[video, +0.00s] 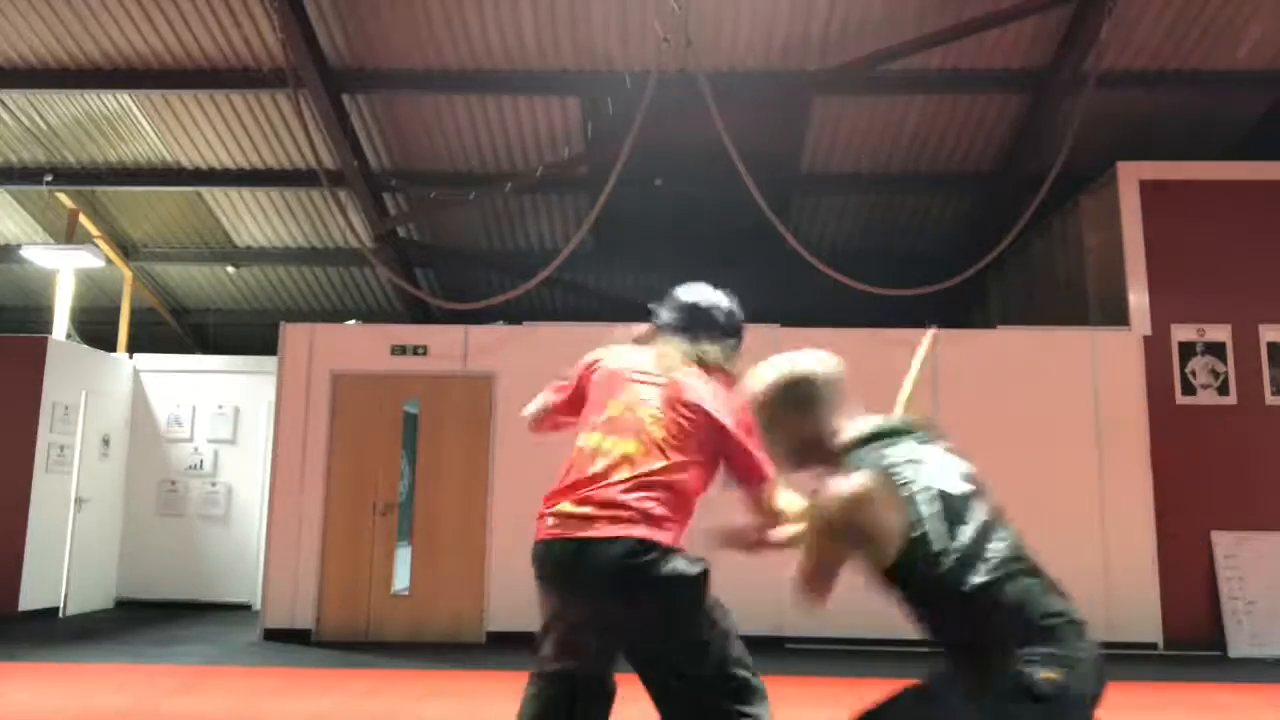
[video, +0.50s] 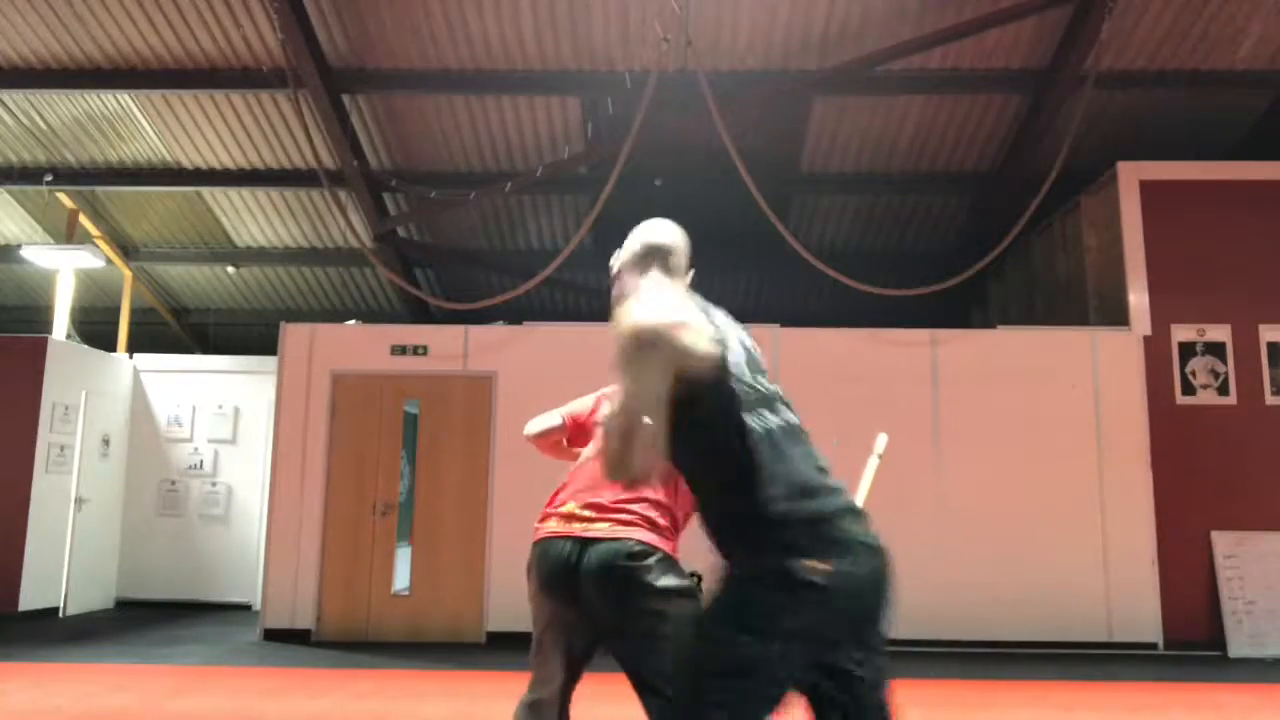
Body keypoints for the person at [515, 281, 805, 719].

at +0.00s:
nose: (734, 363)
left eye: (651, 324)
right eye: (730, 350)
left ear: (660, 328)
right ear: (721, 346)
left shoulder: (604, 362)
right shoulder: (716, 396)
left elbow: (536, 417)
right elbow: (769, 503)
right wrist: (807, 508)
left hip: (558, 548)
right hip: (638, 555)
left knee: (567, 687)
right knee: (732, 700)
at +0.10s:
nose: (727, 394)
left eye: (730, 387)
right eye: (726, 384)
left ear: (673, 354)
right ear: (705, 366)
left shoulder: (611, 369)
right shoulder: (714, 396)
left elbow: (529, 424)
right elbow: (738, 486)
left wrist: (593, 441)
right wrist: (697, 556)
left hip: (555, 548)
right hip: (638, 552)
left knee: (567, 684)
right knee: (695, 694)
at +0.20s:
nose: (725, 428)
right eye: (727, 419)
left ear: (672, 377)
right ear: (719, 408)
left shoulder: (617, 404)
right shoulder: (706, 435)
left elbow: (529, 432)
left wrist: (589, 456)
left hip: (546, 556)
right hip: (623, 562)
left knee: (547, 698)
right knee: (707, 705)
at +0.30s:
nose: (594, 374)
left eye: (594, 357)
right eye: (594, 357)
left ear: (609, 361)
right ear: (662, 340)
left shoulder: (710, 422)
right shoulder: (706, 390)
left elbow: (760, 580)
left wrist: (672, 514)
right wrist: (675, 498)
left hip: (883, 625)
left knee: (739, 708)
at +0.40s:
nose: (607, 325)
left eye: (606, 302)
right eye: (605, 305)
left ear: (616, 291)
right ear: (672, 285)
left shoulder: (664, 342)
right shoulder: (703, 329)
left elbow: (675, 496)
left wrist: (623, 426)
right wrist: (600, 416)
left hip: (816, 589)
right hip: (868, 577)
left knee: (705, 710)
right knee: (875, 711)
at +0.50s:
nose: (613, 289)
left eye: (614, 275)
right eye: (614, 276)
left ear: (627, 268)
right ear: (681, 271)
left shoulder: (647, 317)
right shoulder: (717, 321)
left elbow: (630, 465)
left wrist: (618, 406)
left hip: (789, 572)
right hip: (851, 561)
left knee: (701, 707)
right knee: (855, 709)